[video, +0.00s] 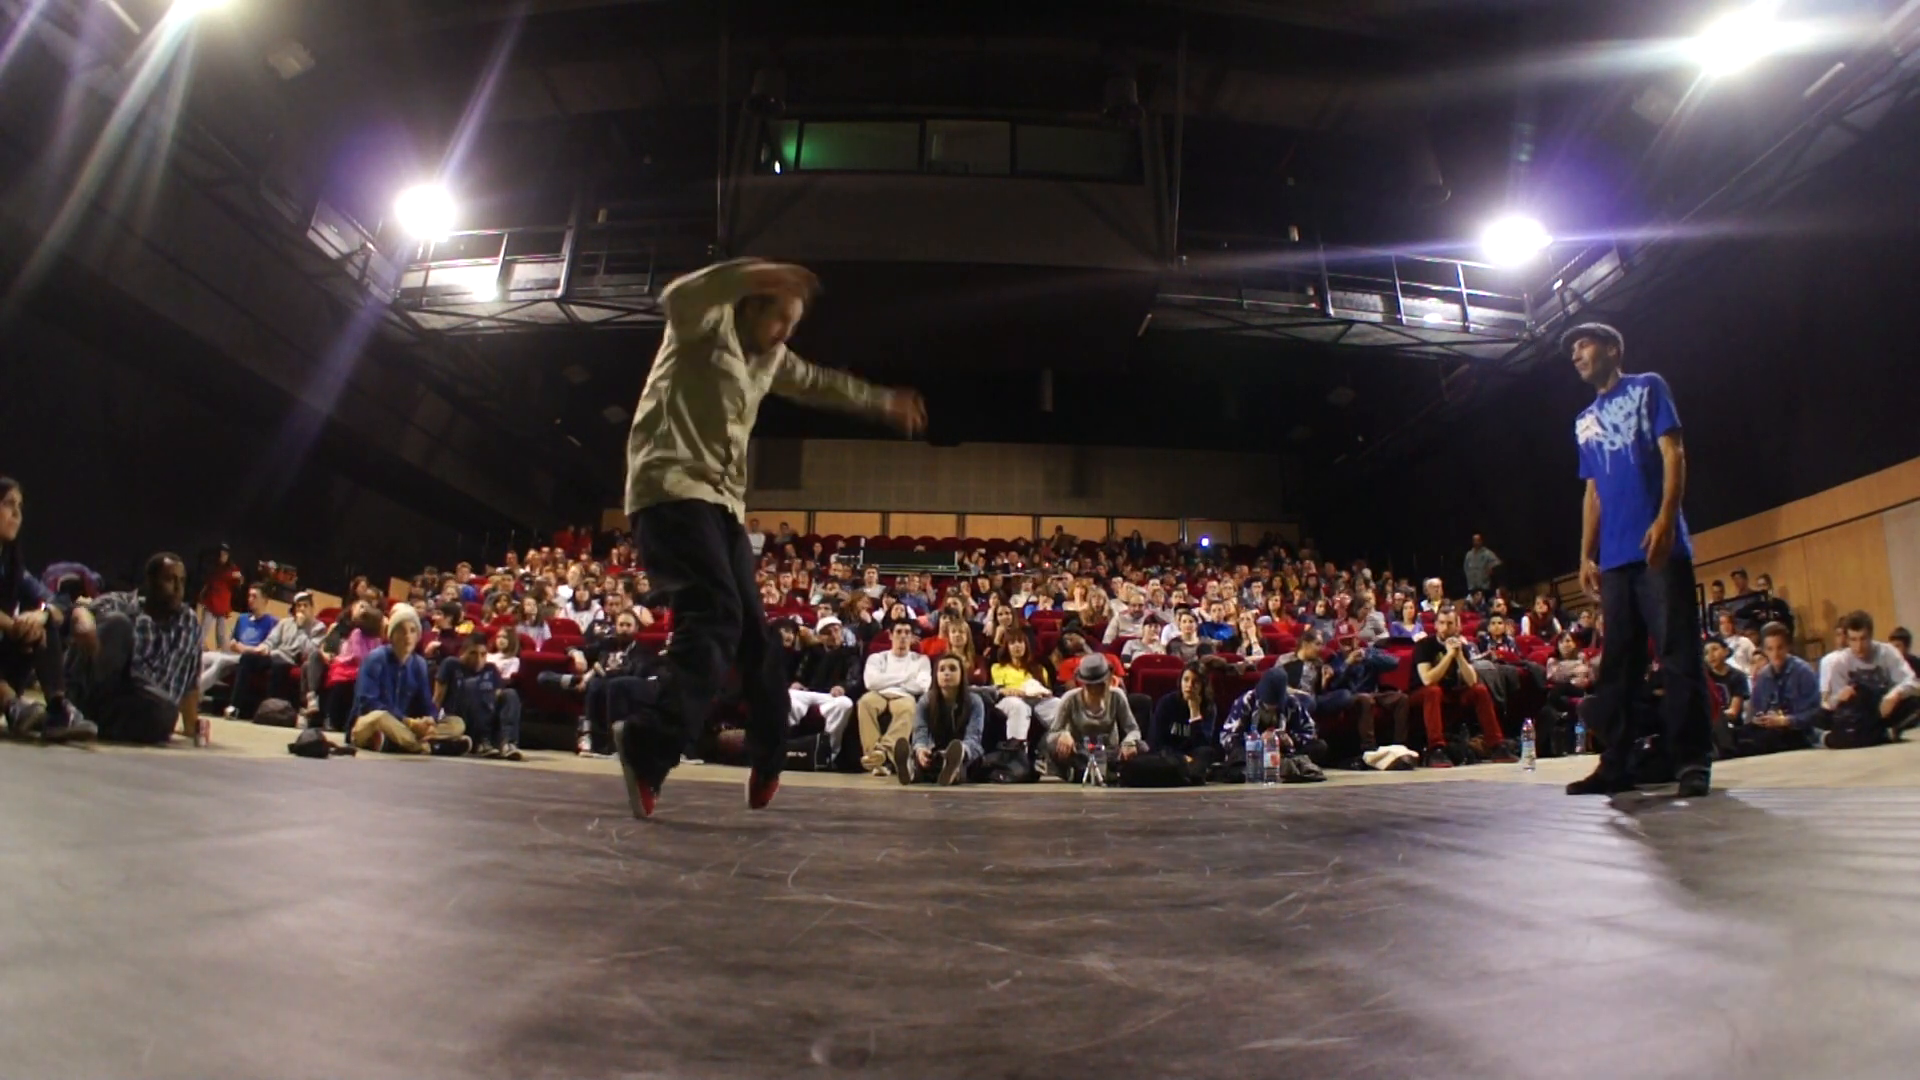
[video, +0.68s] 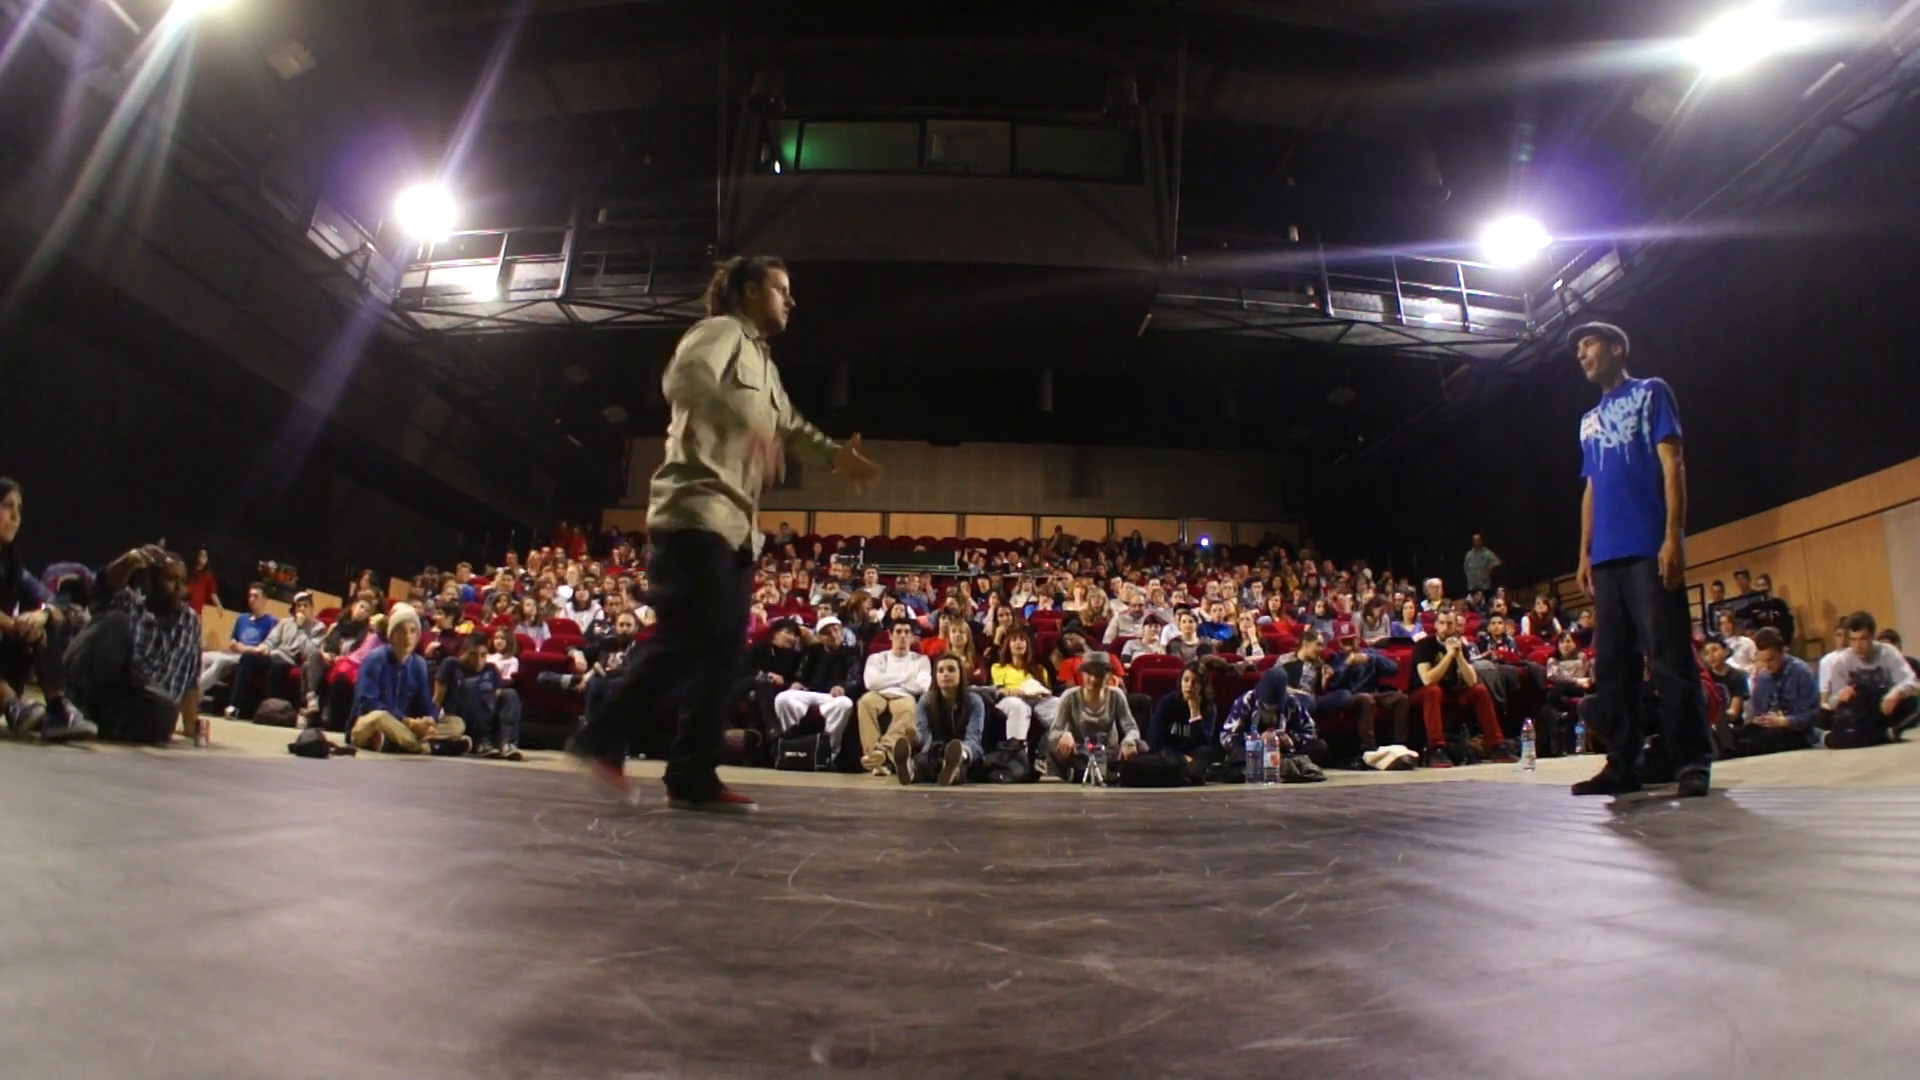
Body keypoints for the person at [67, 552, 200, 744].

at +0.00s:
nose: (178, 589)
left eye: (181, 582)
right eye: (170, 580)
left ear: (185, 585)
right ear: (152, 581)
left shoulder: (190, 623)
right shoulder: (127, 603)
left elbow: (190, 685)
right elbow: (82, 608)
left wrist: (191, 732)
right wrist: (84, 622)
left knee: (161, 719)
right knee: (118, 625)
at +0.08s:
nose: (178, 589)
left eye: (182, 582)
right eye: (171, 580)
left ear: (185, 585)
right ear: (152, 581)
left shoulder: (191, 622)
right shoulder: (131, 603)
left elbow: (191, 684)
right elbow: (92, 599)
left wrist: (191, 731)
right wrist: (94, 609)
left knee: (159, 721)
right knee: (117, 623)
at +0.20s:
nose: (176, 586)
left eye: (181, 580)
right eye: (170, 578)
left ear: (185, 584)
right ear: (152, 580)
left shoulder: (191, 621)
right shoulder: (131, 610)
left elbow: (190, 678)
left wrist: (191, 727)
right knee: (116, 622)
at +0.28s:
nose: (176, 585)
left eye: (181, 579)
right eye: (169, 577)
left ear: (185, 585)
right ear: (152, 579)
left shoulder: (191, 621)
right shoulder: (132, 609)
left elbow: (190, 678)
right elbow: (133, 666)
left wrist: (191, 727)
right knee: (116, 626)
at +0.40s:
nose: (176, 585)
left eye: (180, 580)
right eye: (168, 577)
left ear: (185, 585)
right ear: (152, 579)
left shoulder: (190, 621)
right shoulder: (131, 606)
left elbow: (190, 683)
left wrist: (191, 730)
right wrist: (121, 565)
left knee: (161, 718)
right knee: (117, 622)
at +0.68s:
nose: (178, 588)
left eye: (181, 582)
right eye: (170, 580)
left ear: (184, 587)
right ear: (152, 581)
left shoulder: (189, 621)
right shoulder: (131, 606)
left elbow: (191, 682)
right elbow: (106, 588)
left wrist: (191, 730)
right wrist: (129, 562)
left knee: (158, 721)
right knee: (115, 621)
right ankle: (68, 704)